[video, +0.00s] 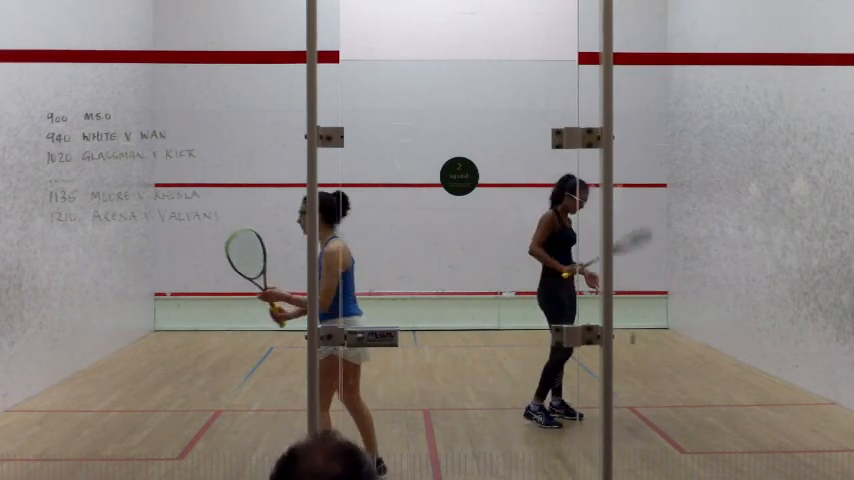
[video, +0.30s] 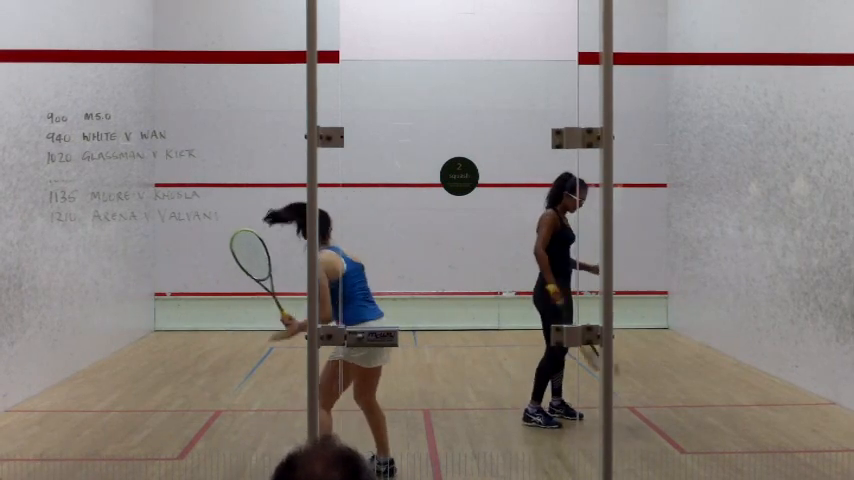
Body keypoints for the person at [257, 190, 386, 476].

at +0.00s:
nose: (299, 220)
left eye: (303, 214)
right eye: (300, 214)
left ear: (318, 217)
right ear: (327, 218)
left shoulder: (332, 251)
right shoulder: (335, 249)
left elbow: (322, 302)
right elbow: (319, 300)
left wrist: (283, 296)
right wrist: (289, 314)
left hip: (335, 334)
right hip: (351, 331)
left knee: (320, 403)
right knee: (351, 396)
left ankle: (325, 463)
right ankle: (374, 459)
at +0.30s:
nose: (303, 239)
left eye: (303, 233)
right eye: (304, 233)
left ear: (307, 235)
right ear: (328, 230)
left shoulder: (321, 261)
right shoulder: (349, 256)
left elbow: (325, 314)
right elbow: (351, 308)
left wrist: (298, 326)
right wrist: (311, 324)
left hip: (358, 337)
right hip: (379, 333)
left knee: (321, 400)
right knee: (366, 396)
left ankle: (325, 463)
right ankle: (385, 460)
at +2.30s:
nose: (330, 246)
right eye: (328, 243)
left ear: (299, 253)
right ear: (326, 245)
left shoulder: (305, 275)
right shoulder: (349, 264)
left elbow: (317, 321)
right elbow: (347, 317)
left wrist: (325, 355)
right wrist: (305, 341)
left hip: (352, 332)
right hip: (385, 328)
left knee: (323, 402)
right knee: (373, 395)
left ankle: (329, 463)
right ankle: (382, 462)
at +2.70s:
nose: (308, 246)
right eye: (305, 242)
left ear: (274, 255)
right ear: (302, 247)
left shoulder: (284, 281)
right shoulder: (328, 270)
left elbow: (295, 330)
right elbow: (309, 323)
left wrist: (307, 365)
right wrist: (268, 339)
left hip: (329, 345)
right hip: (361, 340)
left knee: (299, 409)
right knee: (362, 399)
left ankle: (317, 462)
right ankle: (381, 460)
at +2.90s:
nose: (287, 240)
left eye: (286, 236)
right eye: (285, 237)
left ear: (257, 248)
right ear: (280, 240)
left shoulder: (264, 273)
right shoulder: (299, 263)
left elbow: (263, 324)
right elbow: (280, 320)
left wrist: (267, 367)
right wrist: (240, 333)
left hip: (312, 338)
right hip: (337, 333)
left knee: (293, 412)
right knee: (319, 400)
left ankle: (315, 462)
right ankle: (347, 446)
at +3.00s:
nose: (275, 237)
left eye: (274, 234)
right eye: (273, 234)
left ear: (245, 245)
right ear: (269, 238)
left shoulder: (252, 270)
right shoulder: (291, 261)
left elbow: (243, 322)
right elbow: (273, 317)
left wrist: (241, 369)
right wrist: (232, 333)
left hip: (301, 338)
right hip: (323, 332)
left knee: (289, 415)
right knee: (294, 411)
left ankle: (315, 467)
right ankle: (317, 463)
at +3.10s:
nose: (261, 237)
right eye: (259, 234)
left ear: (231, 245)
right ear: (256, 238)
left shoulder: (237, 270)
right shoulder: (276, 264)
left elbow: (224, 321)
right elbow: (264, 320)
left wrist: (214, 364)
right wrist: (224, 336)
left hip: (287, 340)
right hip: (303, 335)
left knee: (283, 418)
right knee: (263, 400)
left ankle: (319, 468)